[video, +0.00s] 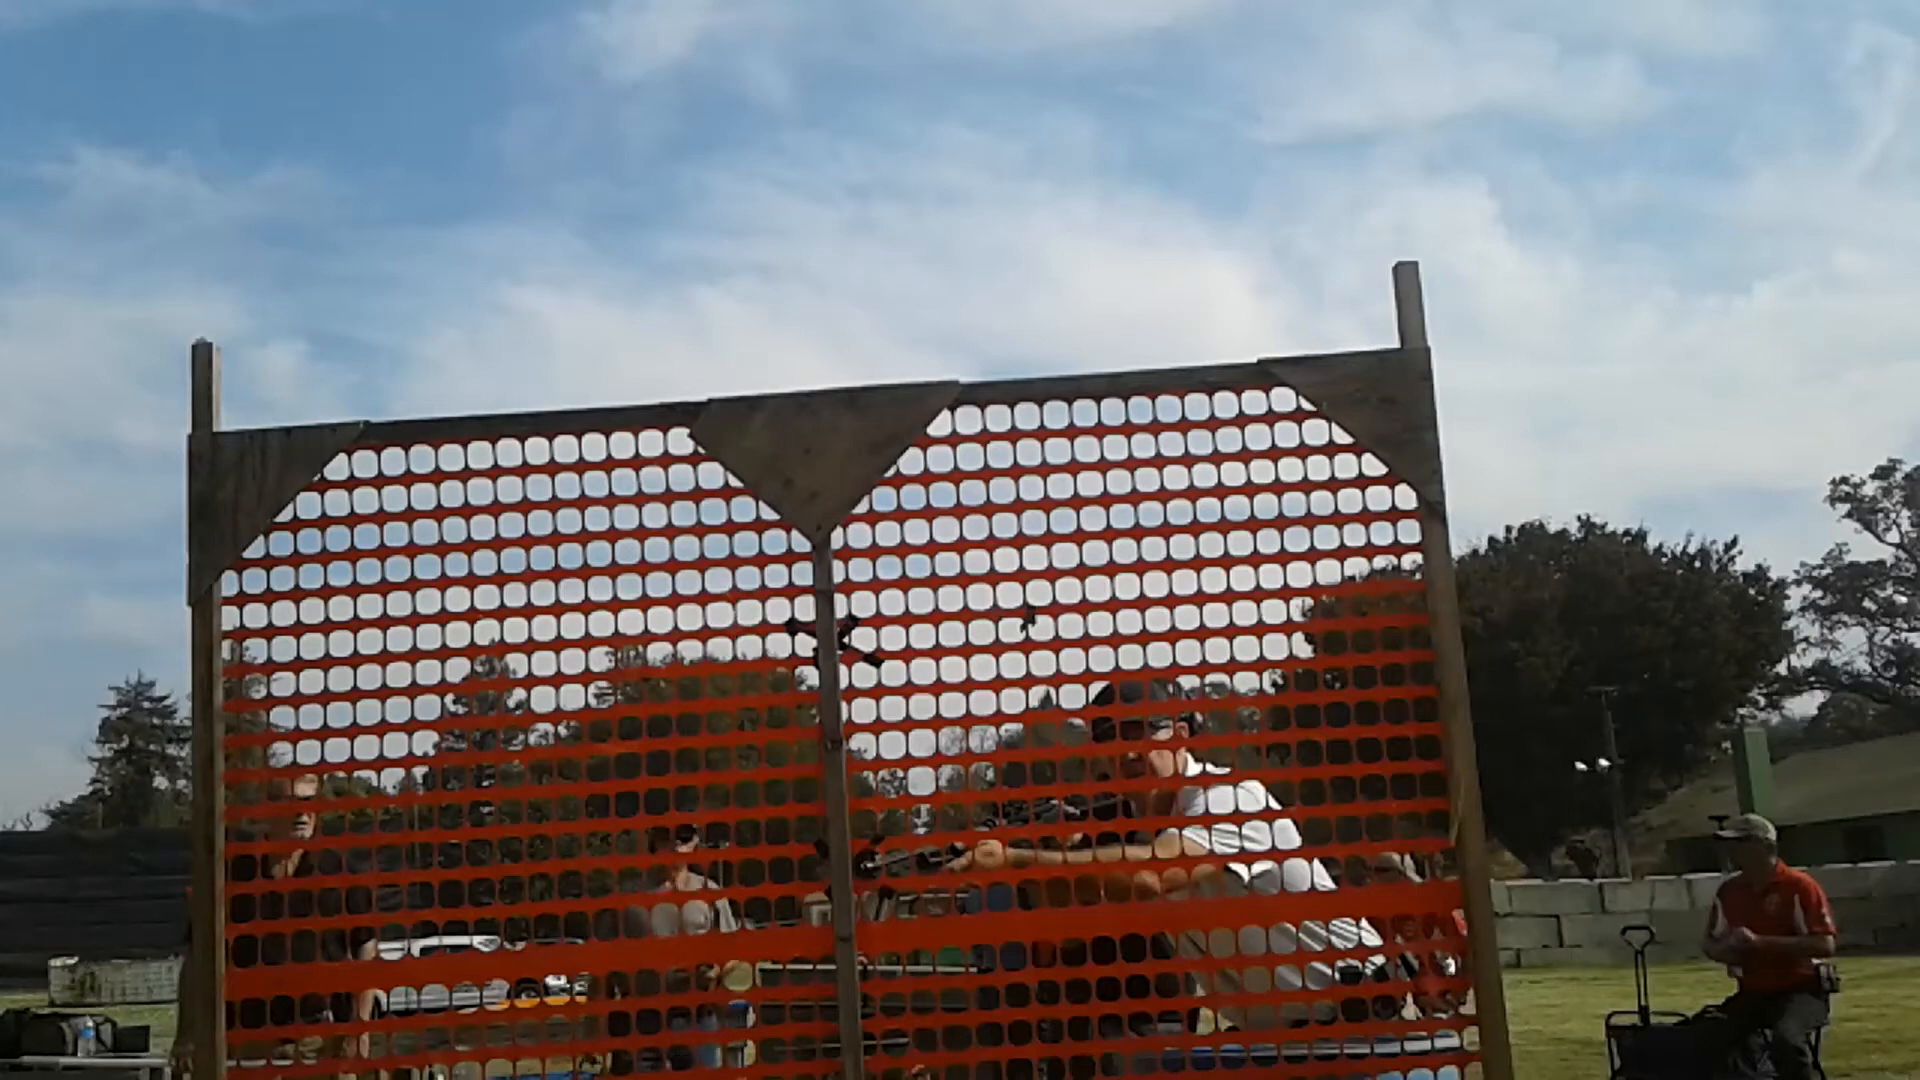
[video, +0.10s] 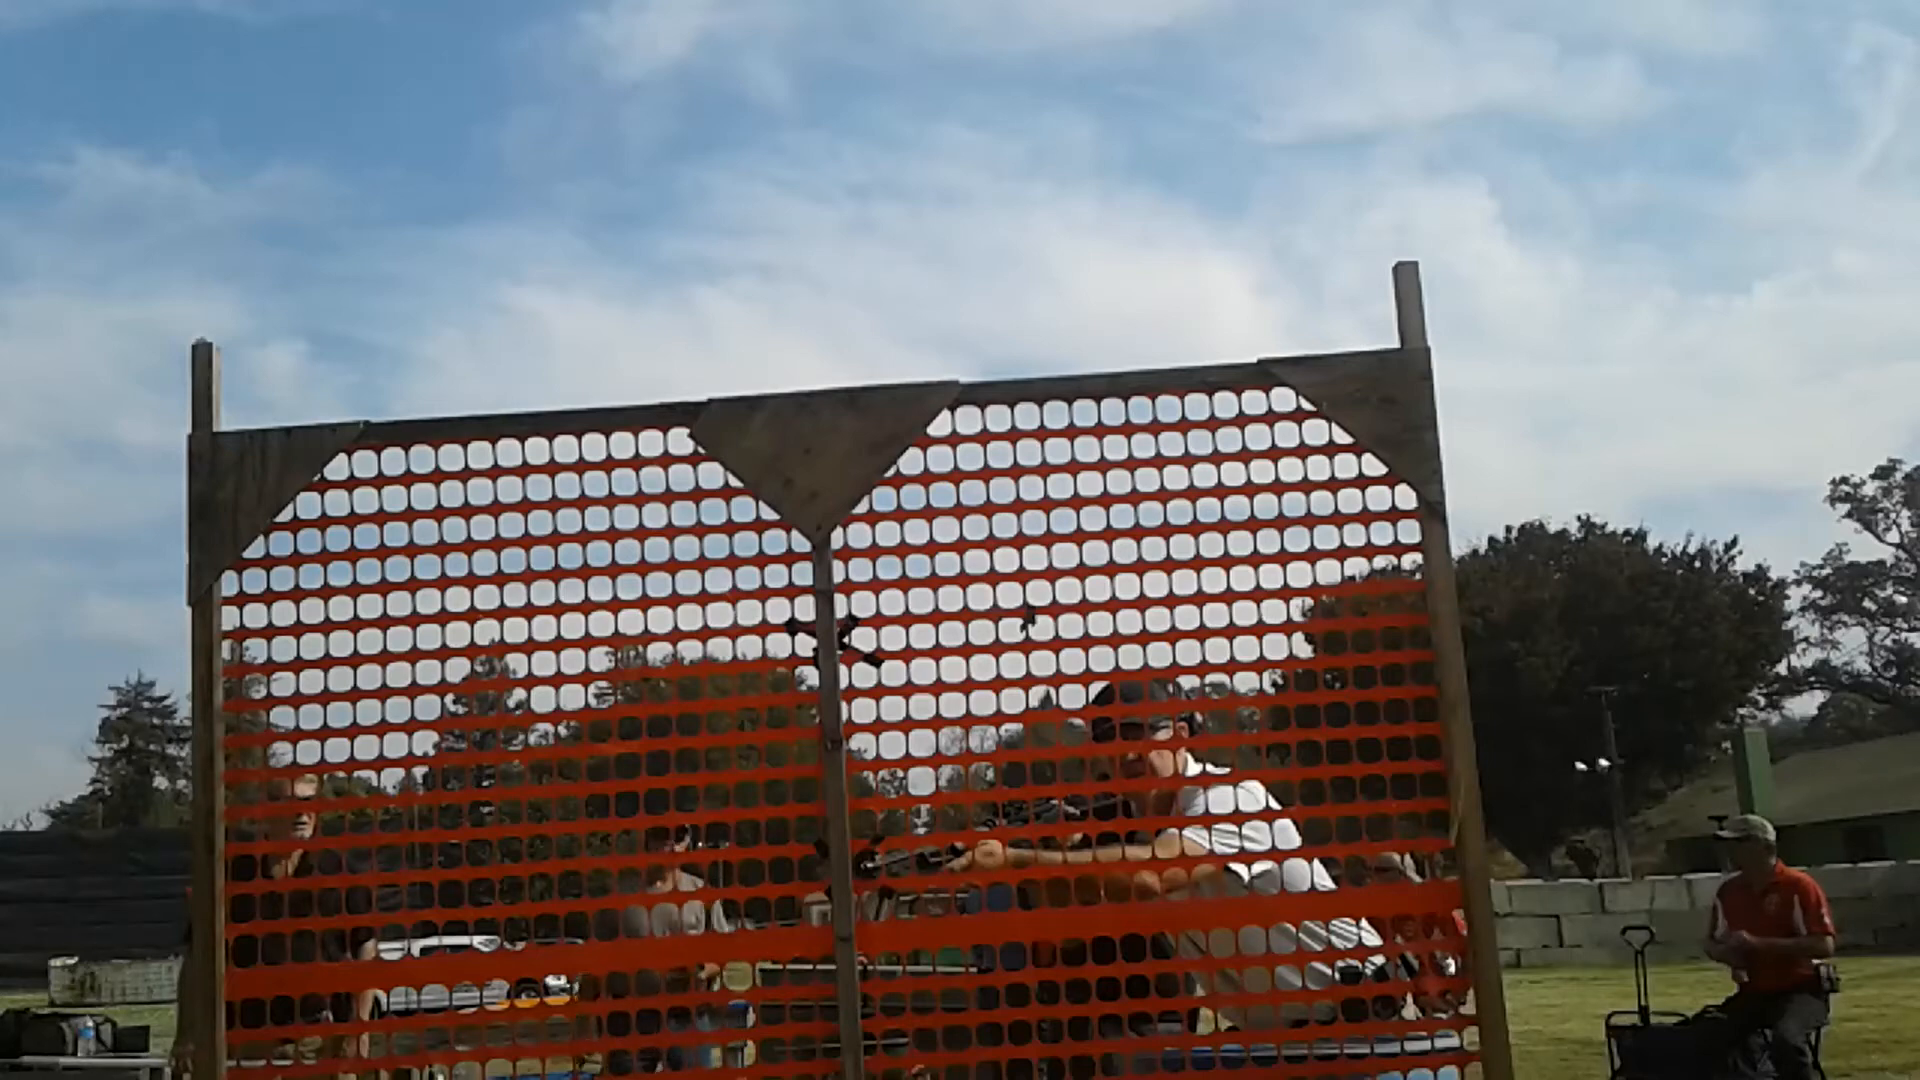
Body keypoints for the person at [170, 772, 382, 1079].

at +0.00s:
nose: (301, 812)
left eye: (309, 801)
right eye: (287, 802)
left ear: (320, 807)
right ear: (267, 808)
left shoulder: (336, 871)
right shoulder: (234, 872)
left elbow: (366, 952)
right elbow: (198, 956)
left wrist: (360, 1031)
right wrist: (187, 1033)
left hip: (322, 1044)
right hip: (244, 1047)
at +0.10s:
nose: (300, 812)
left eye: (309, 802)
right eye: (286, 802)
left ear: (319, 808)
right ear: (265, 809)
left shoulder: (336, 871)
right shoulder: (234, 872)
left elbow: (366, 952)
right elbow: (198, 955)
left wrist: (360, 1031)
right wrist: (187, 1033)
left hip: (322, 1044)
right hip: (244, 1047)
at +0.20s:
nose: (299, 812)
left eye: (308, 802)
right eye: (286, 802)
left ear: (319, 807)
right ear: (265, 808)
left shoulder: (336, 870)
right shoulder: (234, 872)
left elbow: (366, 950)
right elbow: (197, 955)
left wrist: (359, 1033)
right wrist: (186, 1033)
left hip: (319, 1044)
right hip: (242, 1047)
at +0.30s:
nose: (300, 812)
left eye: (308, 802)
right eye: (286, 802)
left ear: (319, 807)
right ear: (265, 809)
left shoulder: (335, 869)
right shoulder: (234, 872)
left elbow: (366, 950)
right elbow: (197, 955)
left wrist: (359, 1032)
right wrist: (186, 1033)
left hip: (320, 1045)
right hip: (242, 1048)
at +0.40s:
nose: (299, 812)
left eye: (308, 802)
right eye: (286, 802)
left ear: (318, 807)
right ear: (266, 808)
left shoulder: (335, 869)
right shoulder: (234, 871)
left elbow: (366, 948)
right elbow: (197, 955)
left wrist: (359, 1032)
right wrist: (185, 1033)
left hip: (320, 1045)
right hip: (243, 1048)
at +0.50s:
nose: (299, 812)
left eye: (308, 802)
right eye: (285, 802)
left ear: (318, 807)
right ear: (265, 808)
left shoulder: (334, 869)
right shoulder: (234, 871)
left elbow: (365, 947)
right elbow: (197, 954)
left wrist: (359, 1033)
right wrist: (186, 1034)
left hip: (318, 1045)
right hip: (242, 1048)